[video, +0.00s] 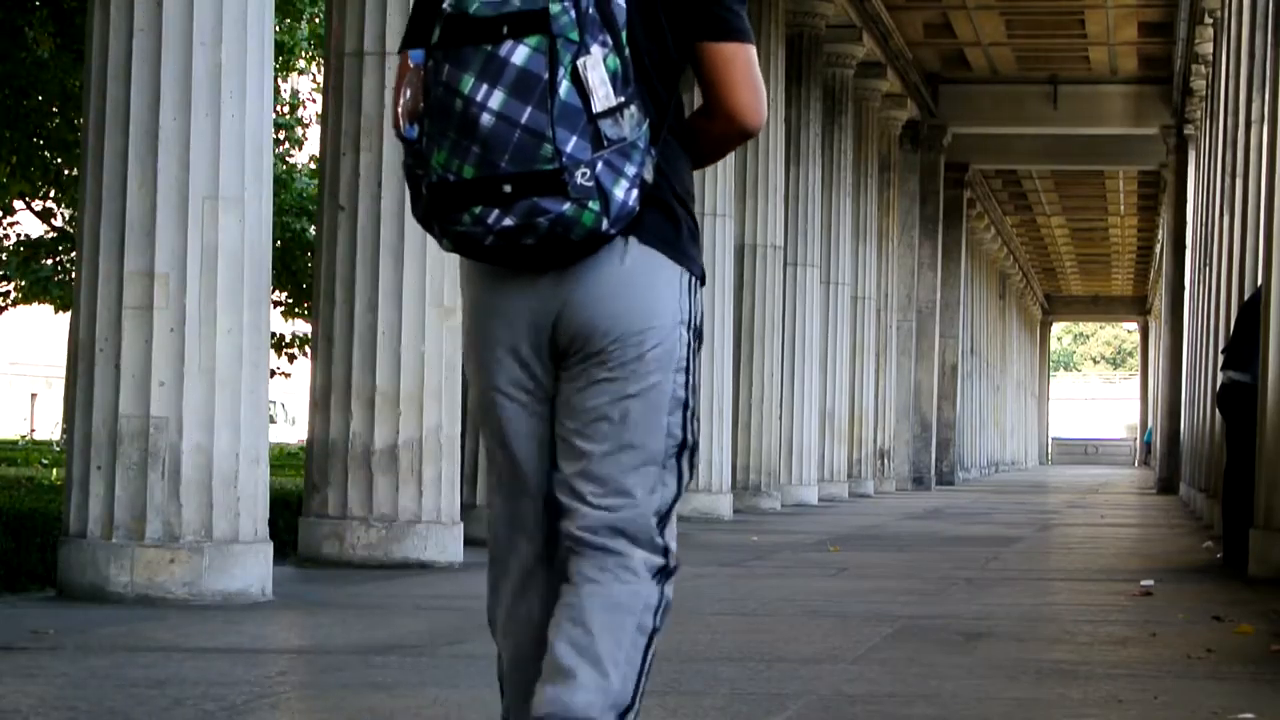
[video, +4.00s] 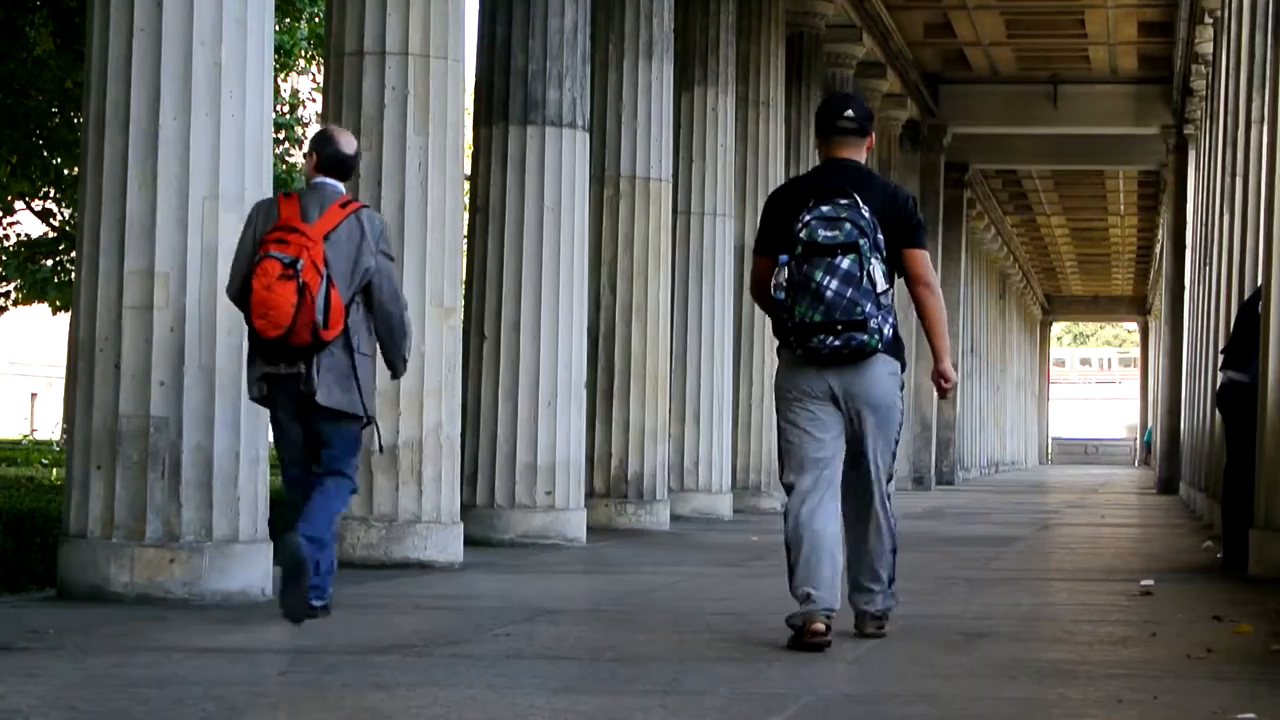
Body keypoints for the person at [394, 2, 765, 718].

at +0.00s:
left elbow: (411, 104)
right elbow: (741, 108)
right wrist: (663, 155)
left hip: (498, 266)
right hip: (630, 261)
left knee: (518, 539)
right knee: (614, 541)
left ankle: (526, 705)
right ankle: (573, 706)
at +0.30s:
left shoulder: (511, 1)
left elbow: (463, 115)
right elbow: (758, 118)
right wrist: (701, 173)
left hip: (530, 263)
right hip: (659, 259)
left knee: (550, 521)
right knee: (694, 514)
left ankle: (548, 708)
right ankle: (684, 707)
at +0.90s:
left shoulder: (629, 10)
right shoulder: (801, 18)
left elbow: (568, 149)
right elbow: (857, 165)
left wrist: (651, 191)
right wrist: (781, 192)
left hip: (640, 290)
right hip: (756, 288)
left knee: (652, 506)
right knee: (739, 509)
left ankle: (653, 697)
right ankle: (725, 707)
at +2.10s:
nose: (834, 33)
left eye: (820, 24)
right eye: (834, 25)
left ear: (764, 29)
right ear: (833, 29)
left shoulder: (715, 100)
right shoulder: (861, 111)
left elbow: (672, 212)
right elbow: (895, 227)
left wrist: (732, 245)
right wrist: (827, 246)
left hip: (727, 324)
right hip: (822, 327)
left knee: (728, 493)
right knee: (804, 500)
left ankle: (726, 656)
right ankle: (791, 677)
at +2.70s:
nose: (834, 80)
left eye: (823, 70)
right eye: (834, 71)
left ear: (767, 72)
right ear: (825, 72)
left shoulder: (722, 139)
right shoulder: (847, 141)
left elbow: (688, 247)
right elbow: (888, 231)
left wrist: (711, 319)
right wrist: (927, 324)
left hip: (741, 338)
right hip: (824, 334)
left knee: (747, 492)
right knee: (838, 489)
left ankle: (751, 651)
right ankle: (842, 641)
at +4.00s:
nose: (868, 144)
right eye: (871, 137)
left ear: (818, 138)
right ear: (871, 139)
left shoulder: (785, 198)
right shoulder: (894, 200)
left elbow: (760, 285)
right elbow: (922, 282)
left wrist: (791, 328)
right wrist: (943, 356)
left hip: (802, 360)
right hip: (873, 360)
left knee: (809, 482)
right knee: (872, 482)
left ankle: (814, 609)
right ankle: (872, 605)